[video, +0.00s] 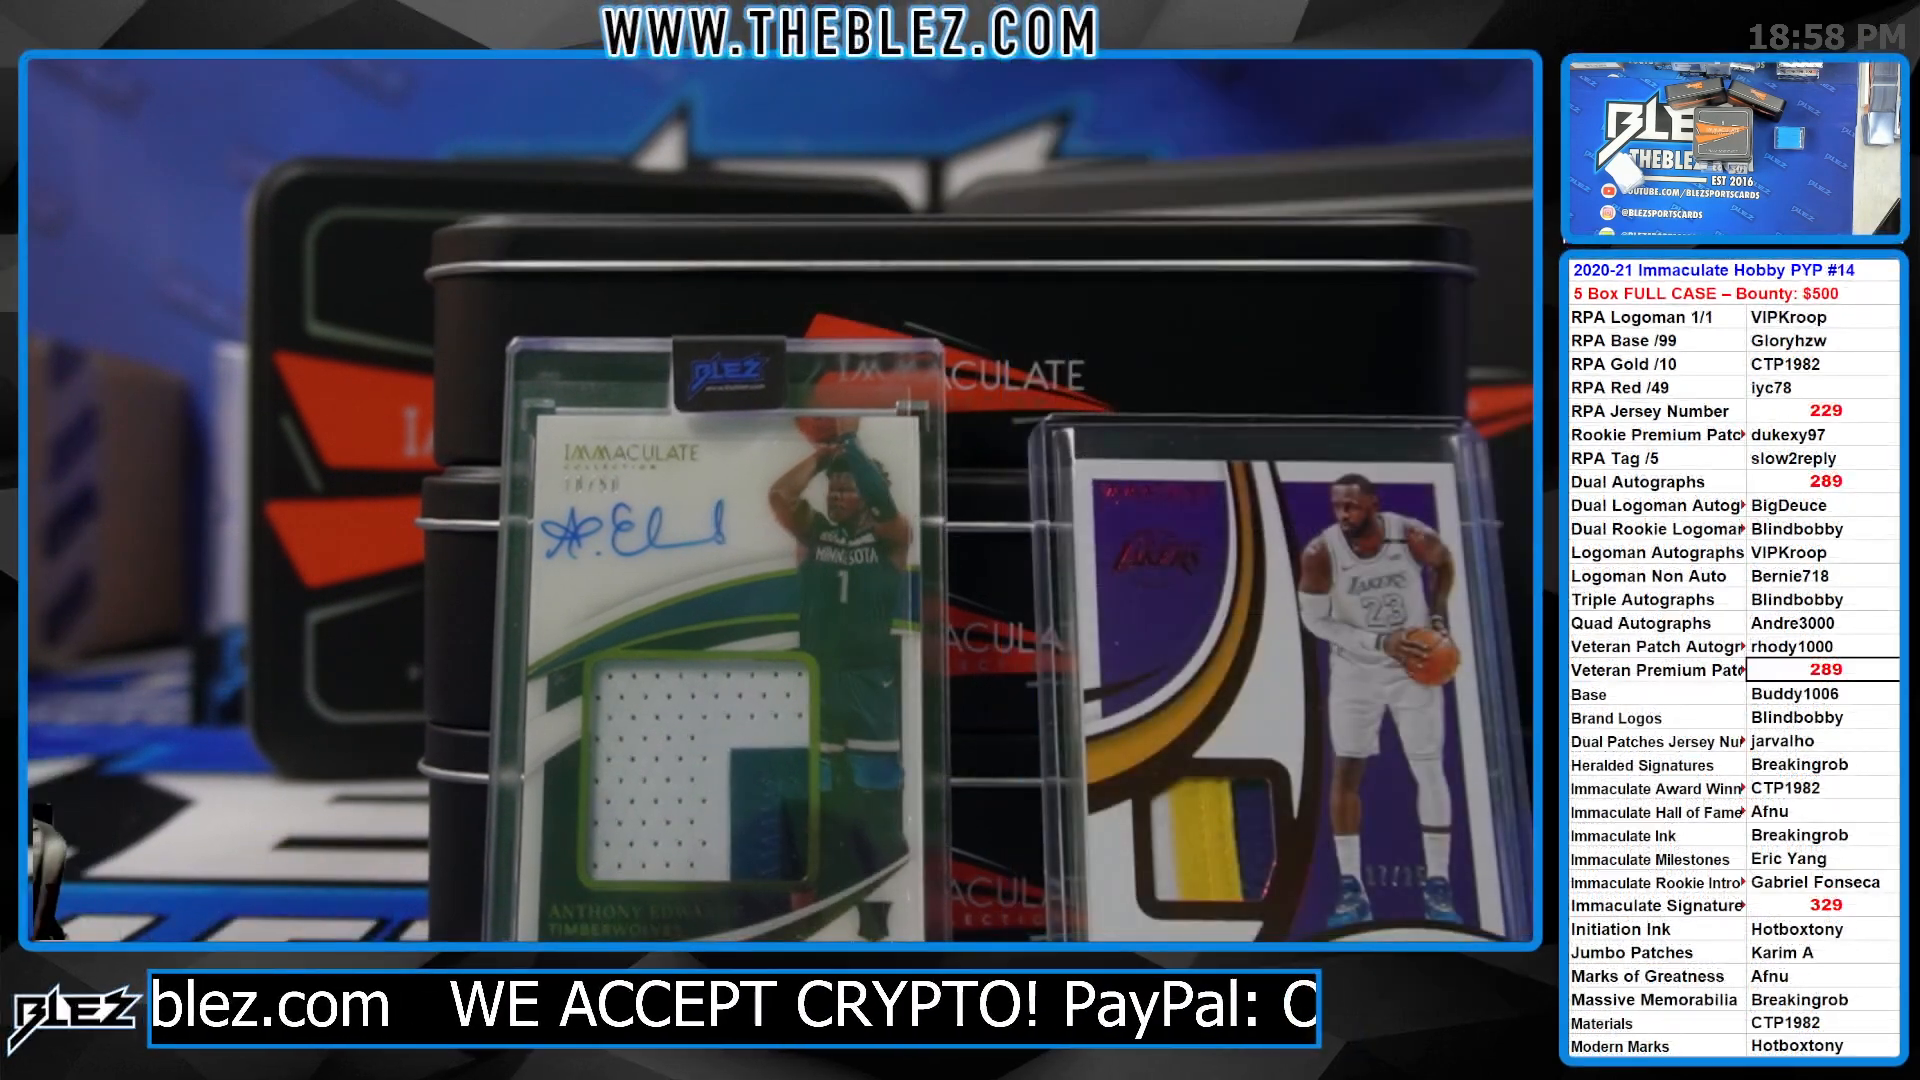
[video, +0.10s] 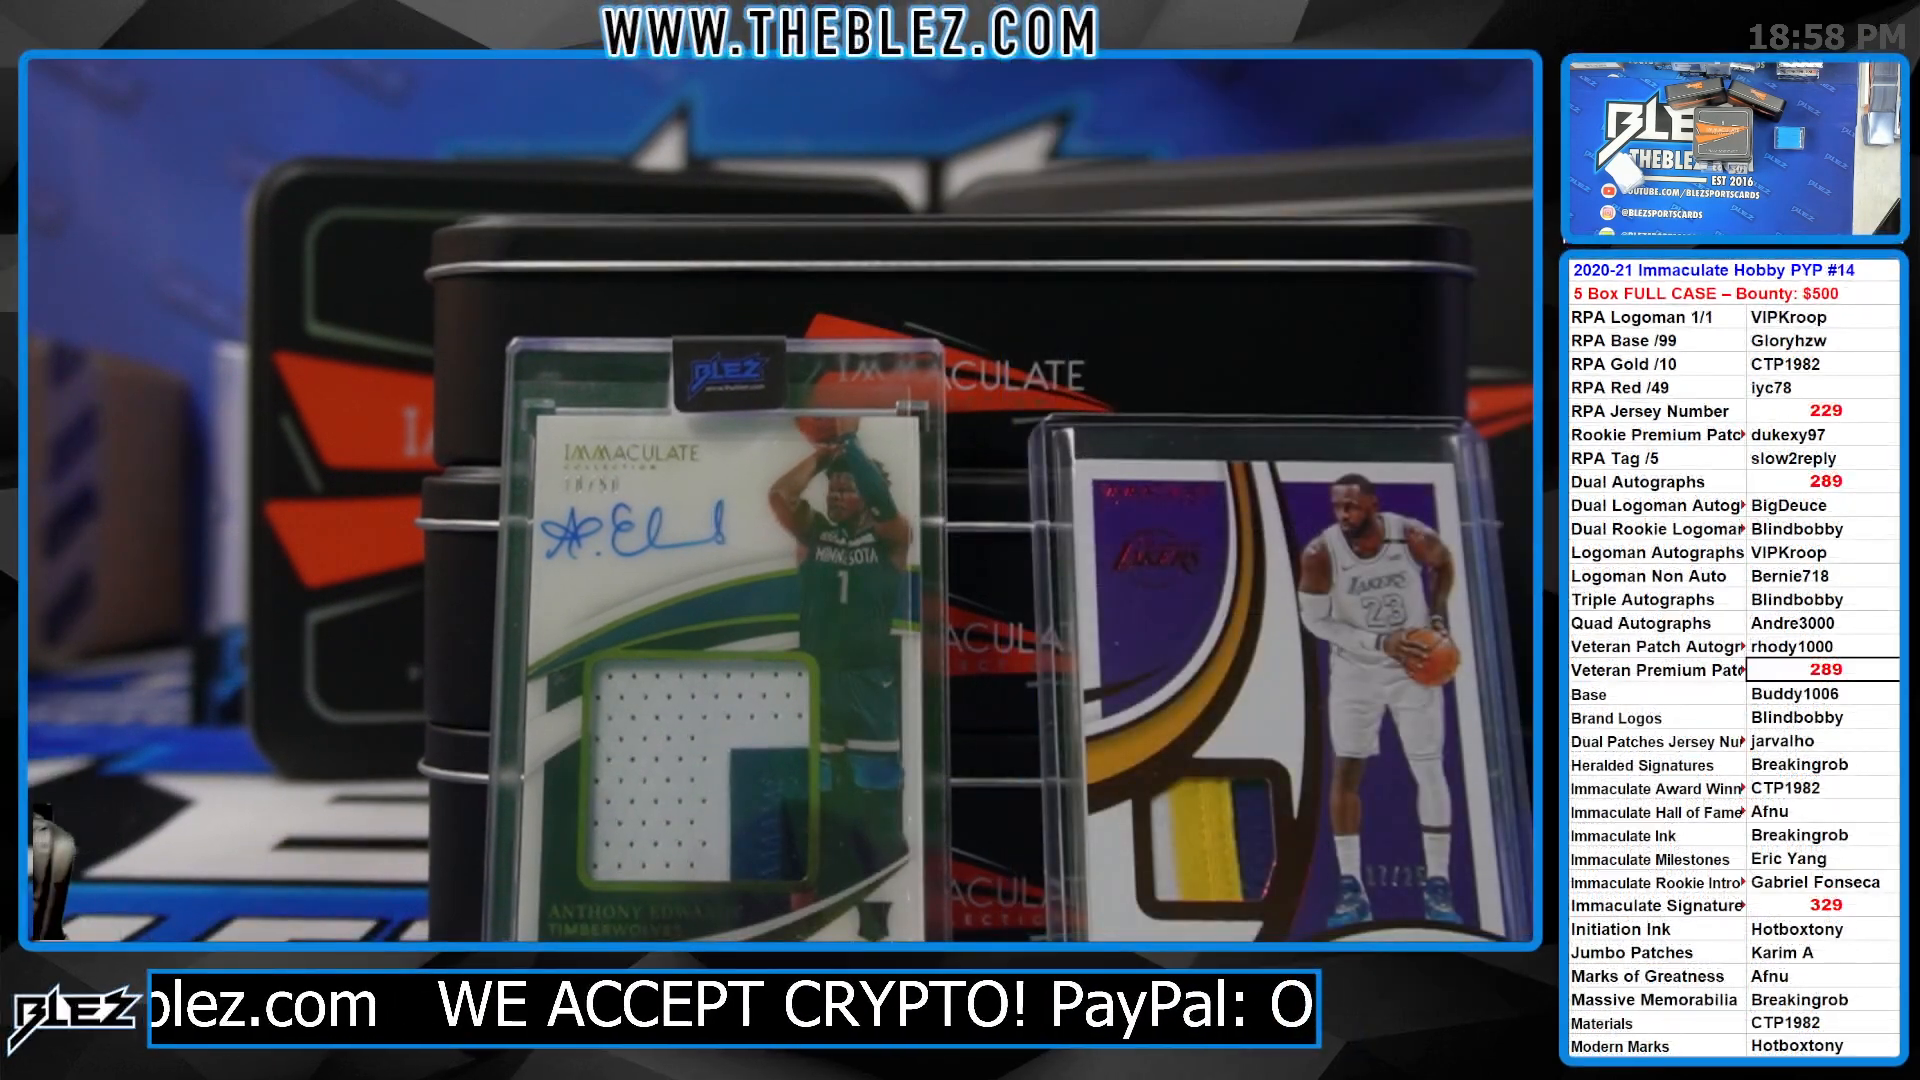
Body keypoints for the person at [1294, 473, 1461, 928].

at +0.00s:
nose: (1344, 514)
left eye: (1352, 506)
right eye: (1338, 507)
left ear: (1373, 505)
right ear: (1332, 509)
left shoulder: (1413, 536)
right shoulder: (1319, 554)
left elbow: (1444, 565)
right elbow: (1315, 621)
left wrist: (1437, 616)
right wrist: (1379, 642)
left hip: (1414, 673)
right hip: (1354, 675)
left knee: (1429, 771)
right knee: (1348, 774)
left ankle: (1438, 885)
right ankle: (1351, 889)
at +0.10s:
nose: (1344, 514)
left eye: (1352, 506)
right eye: (1338, 507)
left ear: (1373, 506)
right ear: (1332, 509)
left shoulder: (1413, 536)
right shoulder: (1319, 555)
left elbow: (1444, 564)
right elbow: (1315, 621)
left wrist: (1437, 617)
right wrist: (1379, 642)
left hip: (1414, 673)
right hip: (1354, 675)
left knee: (1429, 771)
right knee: (1348, 773)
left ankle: (1437, 884)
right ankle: (1351, 888)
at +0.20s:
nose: (1344, 514)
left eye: (1352, 506)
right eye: (1338, 506)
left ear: (1373, 505)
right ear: (1332, 509)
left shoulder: (1413, 536)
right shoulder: (1319, 555)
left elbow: (1444, 564)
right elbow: (1315, 620)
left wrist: (1437, 616)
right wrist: (1379, 642)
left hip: (1414, 673)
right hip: (1354, 675)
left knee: (1429, 771)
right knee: (1348, 773)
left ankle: (1438, 884)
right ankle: (1351, 888)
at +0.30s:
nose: (1343, 514)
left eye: (1351, 506)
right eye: (1337, 506)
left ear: (1373, 505)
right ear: (1332, 509)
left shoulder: (1412, 536)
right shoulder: (1319, 555)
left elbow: (1444, 564)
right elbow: (1315, 620)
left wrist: (1437, 616)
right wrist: (1379, 642)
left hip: (1414, 673)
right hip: (1354, 675)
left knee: (1429, 771)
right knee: (1348, 773)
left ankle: (1438, 884)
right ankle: (1350, 888)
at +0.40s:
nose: (1344, 514)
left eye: (1351, 506)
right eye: (1338, 506)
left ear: (1373, 505)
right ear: (1332, 509)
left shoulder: (1412, 536)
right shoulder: (1319, 555)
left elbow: (1444, 564)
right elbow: (1315, 621)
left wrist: (1437, 616)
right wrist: (1379, 642)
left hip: (1414, 673)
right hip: (1354, 675)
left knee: (1429, 771)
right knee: (1348, 773)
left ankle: (1437, 884)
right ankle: (1351, 888)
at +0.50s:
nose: (1343, 514)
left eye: (1351, 505)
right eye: (1337, 506)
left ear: (1373, 505)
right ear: (1332, 510)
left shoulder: (1412, 536)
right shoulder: (1319, 555)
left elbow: (1444, 563)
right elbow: (1315, 621)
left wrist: (1437, 616)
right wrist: (1379, 642)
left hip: (1414, 673)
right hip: (1354, 675)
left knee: (1429, 771)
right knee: (1348, 773)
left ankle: (1438, 884)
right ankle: (1351, 888)